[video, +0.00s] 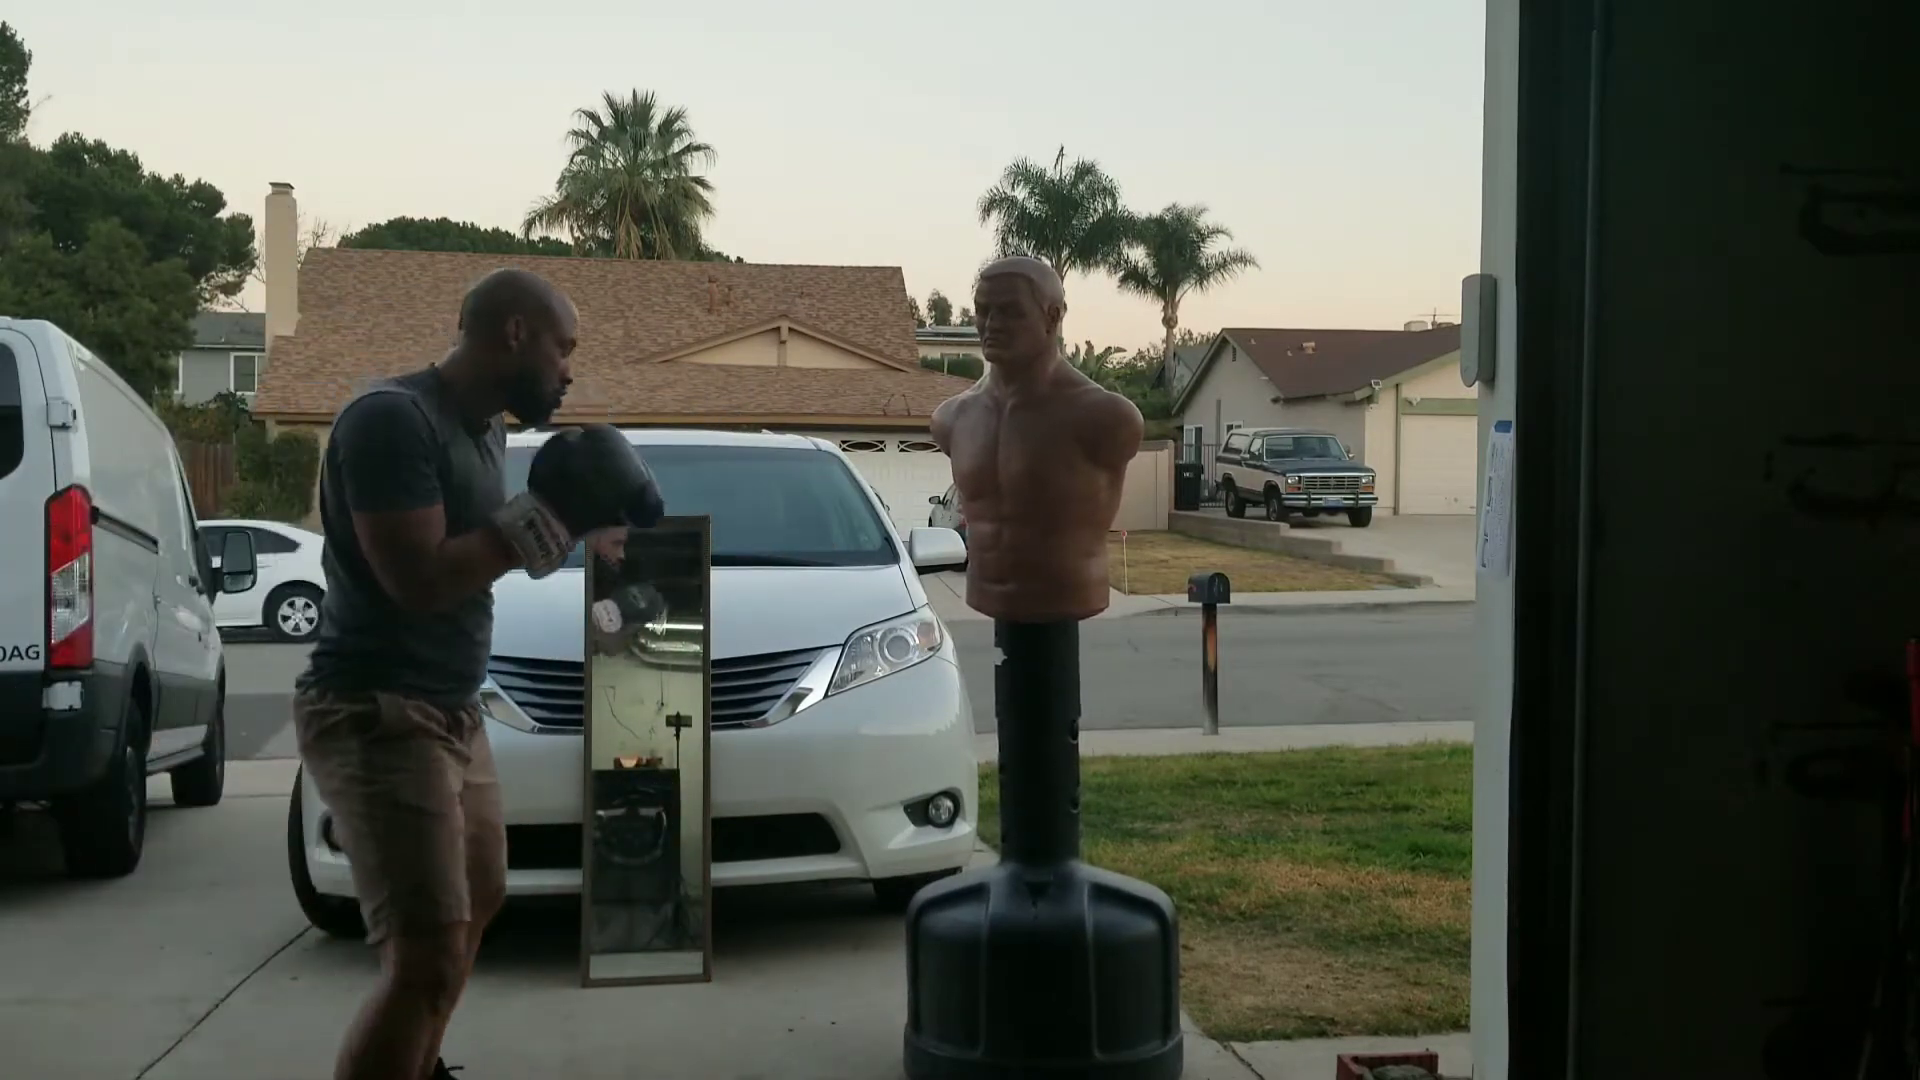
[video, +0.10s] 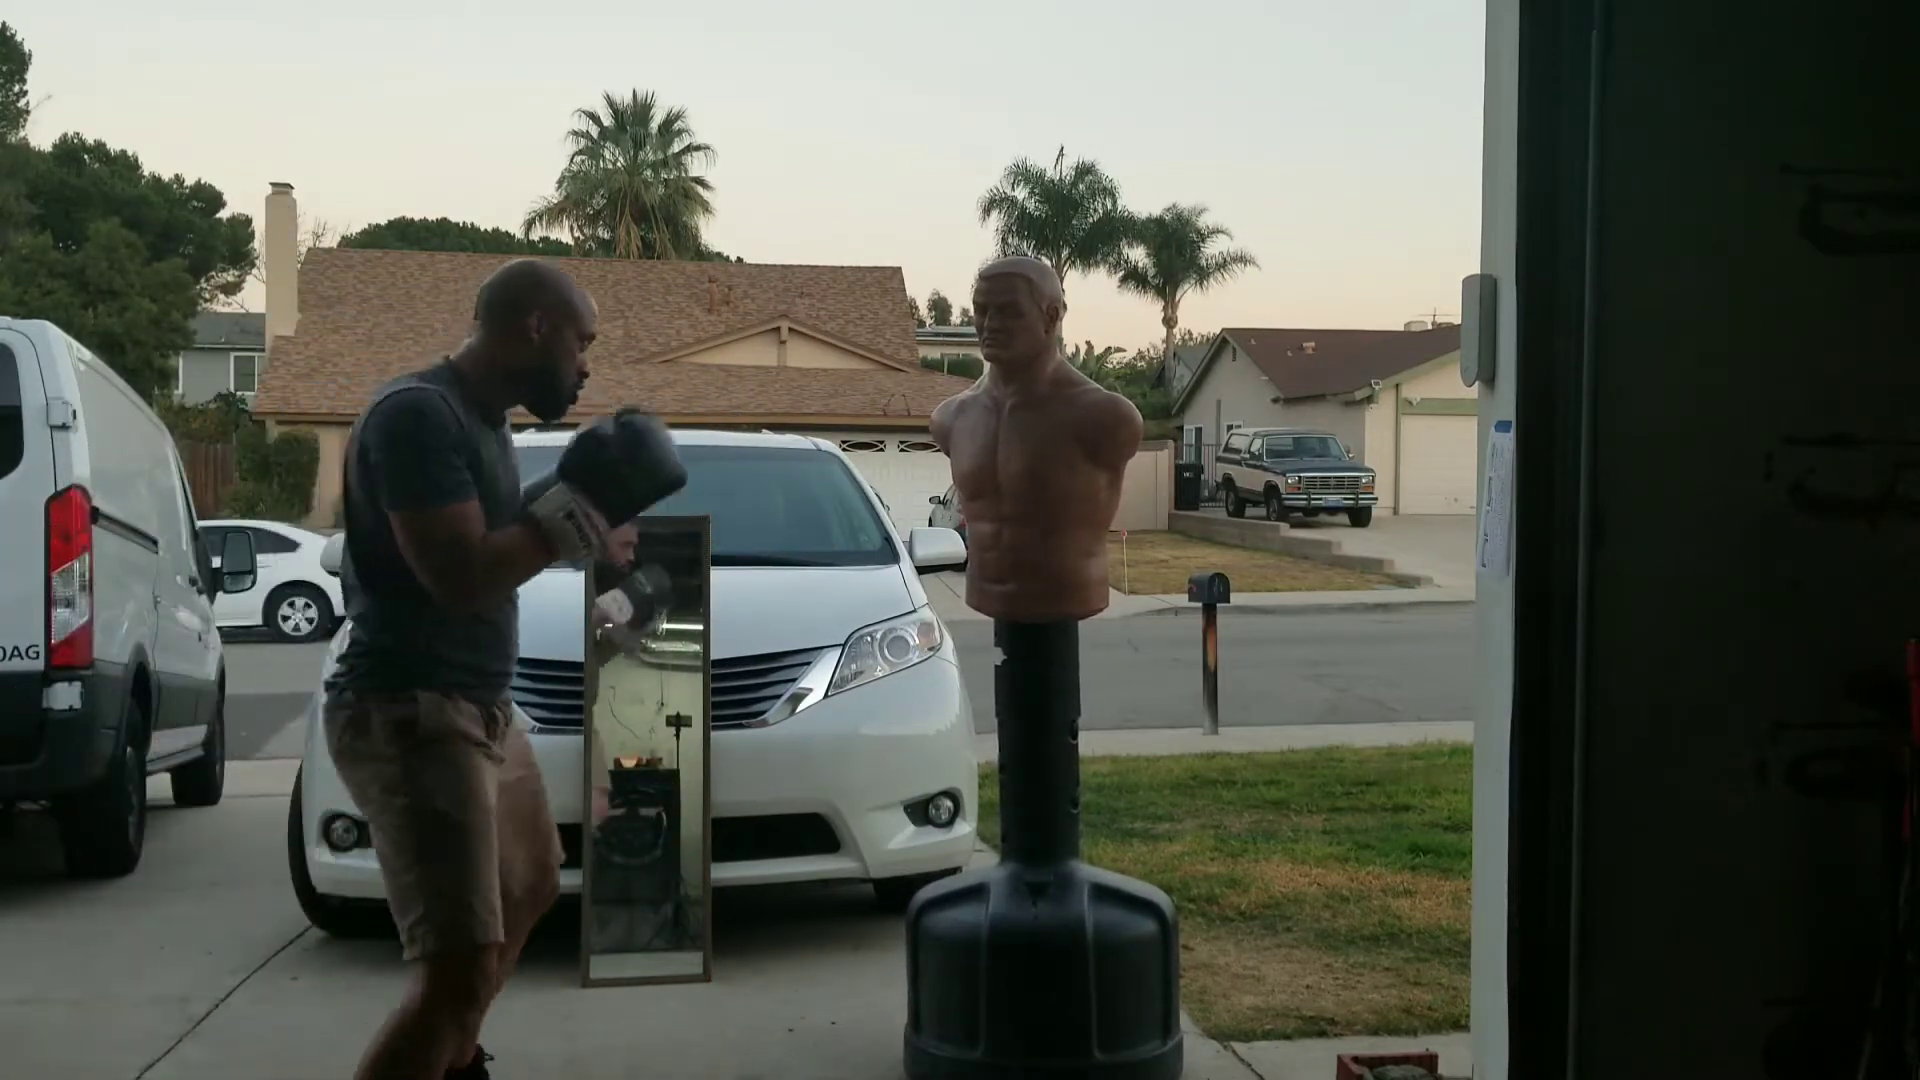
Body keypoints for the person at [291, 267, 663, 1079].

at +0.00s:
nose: (570, 370)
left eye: (572, 351)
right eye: (563, 348)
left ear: (509, 337)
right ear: (513, 335)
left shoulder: (480, 433)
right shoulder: (388, 420)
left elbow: (472, 560)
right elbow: (421, 581)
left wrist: (571, 524)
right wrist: (544, 519)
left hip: (450, 713)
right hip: (376, 715)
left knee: (479, 894)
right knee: (430, 952)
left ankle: (416, 1060)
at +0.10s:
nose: (585, 367)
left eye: (588, 348)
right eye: (580, 345)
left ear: (526, 331)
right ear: (531, 330)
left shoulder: (486, 429)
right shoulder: (414, 416)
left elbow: (495, 555)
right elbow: (462, 577)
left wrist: (576, 532)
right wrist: (570, 508)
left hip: (481, 708)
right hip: (408, 713)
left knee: (530, 885)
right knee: (463, 963)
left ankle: (454, 1053)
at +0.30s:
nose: (645, 325)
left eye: (647, 310)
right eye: (642, 306)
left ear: (545, 296)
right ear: (617, 303)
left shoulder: (491, 361)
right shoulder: (557, 363)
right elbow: (665, 505)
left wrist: (648, 393)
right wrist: (719, 399)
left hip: (530, 689)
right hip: (492, 691)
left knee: (624, 861)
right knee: (480, 969)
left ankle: (632, 1070)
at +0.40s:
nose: (696, 346)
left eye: (700, 330)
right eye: (696, 326)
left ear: (604, 313)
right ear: (670, 321)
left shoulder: (527, 389)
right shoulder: (619, 377)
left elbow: (590, 530)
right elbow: (682, 544)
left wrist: (700, 444)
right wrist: (752, 439)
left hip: (604, 707)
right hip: (544, 710)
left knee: (679, 886)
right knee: (582, 994)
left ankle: (671, 1072)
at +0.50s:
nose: (760, 385)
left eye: (760, 365)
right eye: (755, 363)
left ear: (677, 349)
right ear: (720, 355)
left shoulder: (637, 405)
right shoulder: (653, 405)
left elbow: (670, 560)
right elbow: (704, 576)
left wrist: (742, 480)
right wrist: (779, 487)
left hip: (610, 719)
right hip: (563, 726)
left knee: (713, 889)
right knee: (693, 984)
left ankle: (675, 1062)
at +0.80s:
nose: (842, 366)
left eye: (844, 347)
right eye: (844, 344)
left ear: (744, 329)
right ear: (820, 340)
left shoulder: (648, 396)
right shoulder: (755, 412)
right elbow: (822, 586)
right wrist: (874, 484)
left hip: (583, 737)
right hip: (654, 745)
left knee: (673, 966)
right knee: (776, 1034)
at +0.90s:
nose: (838, 291)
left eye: (840, 275)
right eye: (837, 272)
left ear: (727, 263)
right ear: (817, 265)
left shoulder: (640, 334)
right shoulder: (774, 336)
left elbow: (734, 301)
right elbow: (889, 488)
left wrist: (833, 299)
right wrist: (920, 358)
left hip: (586, 690)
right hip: (670, 694)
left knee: (674, 932)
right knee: (751, 990)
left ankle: (669, 1073)